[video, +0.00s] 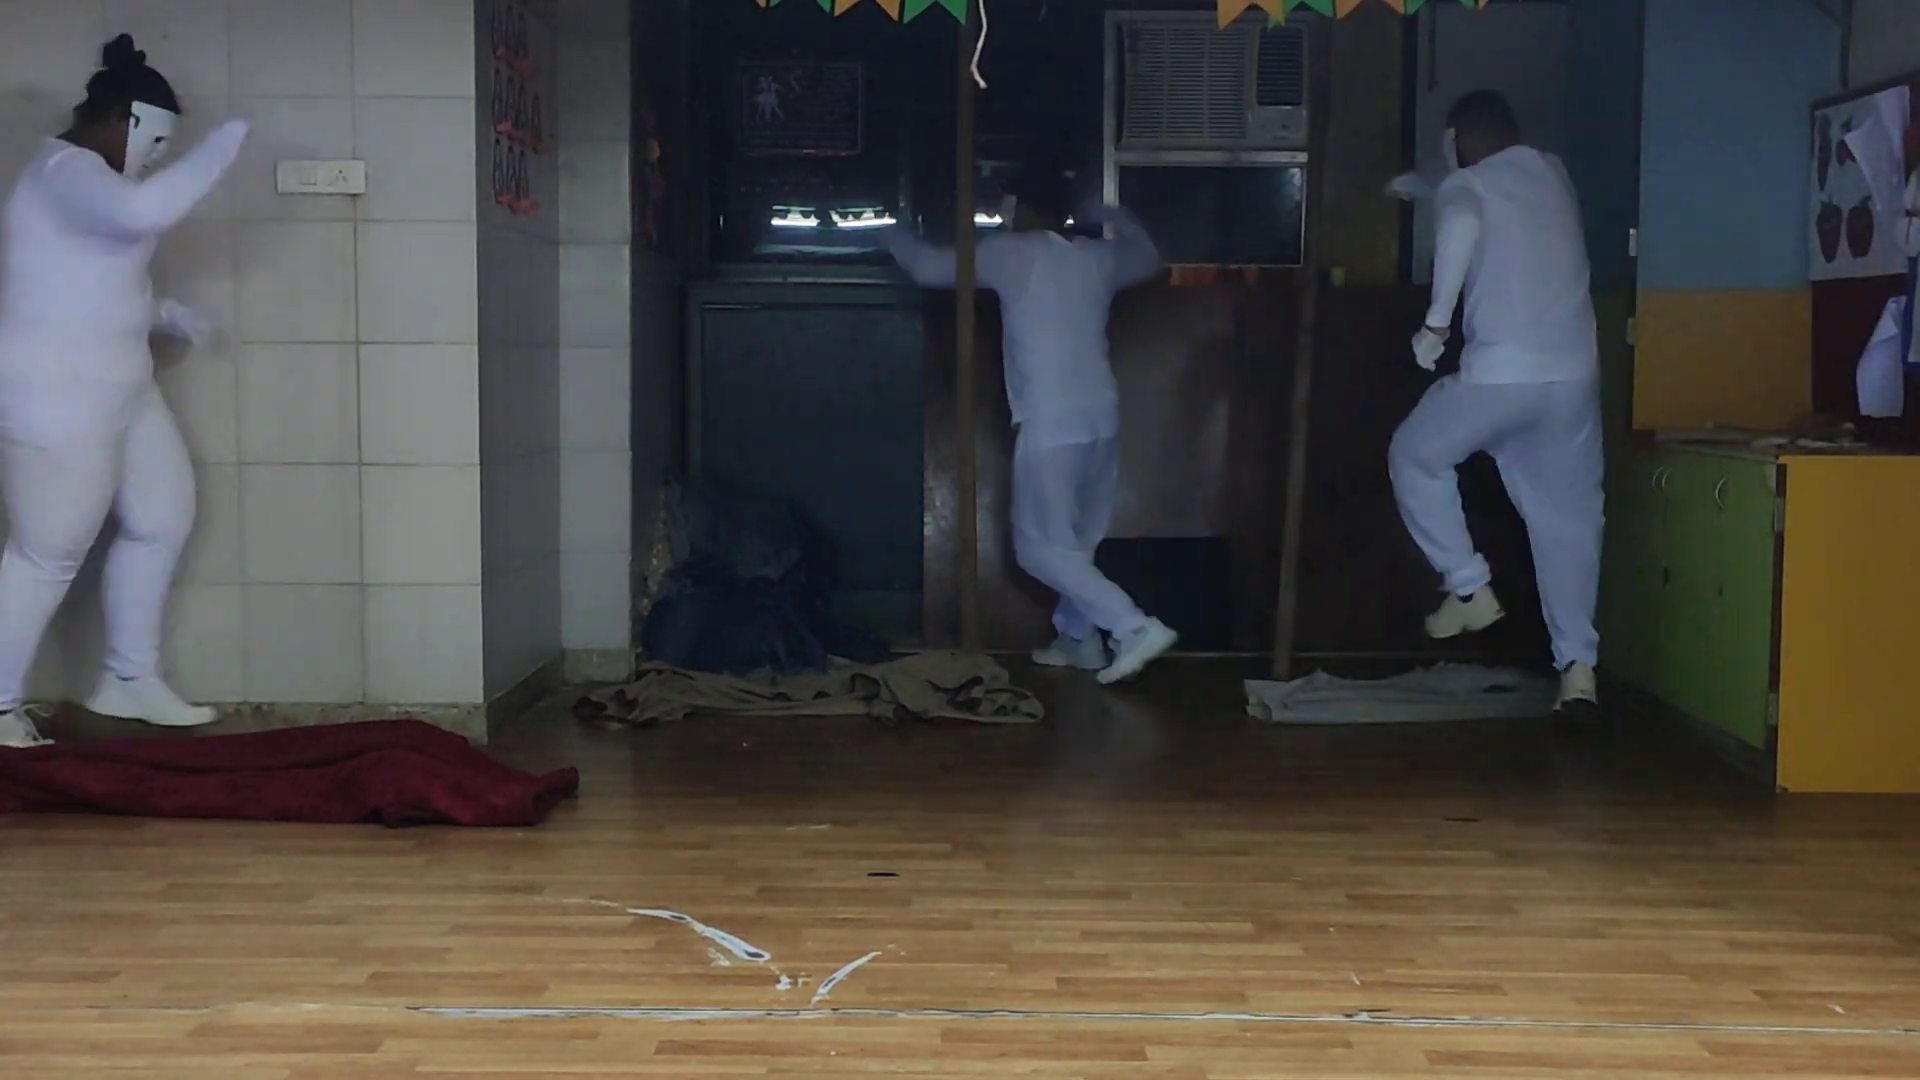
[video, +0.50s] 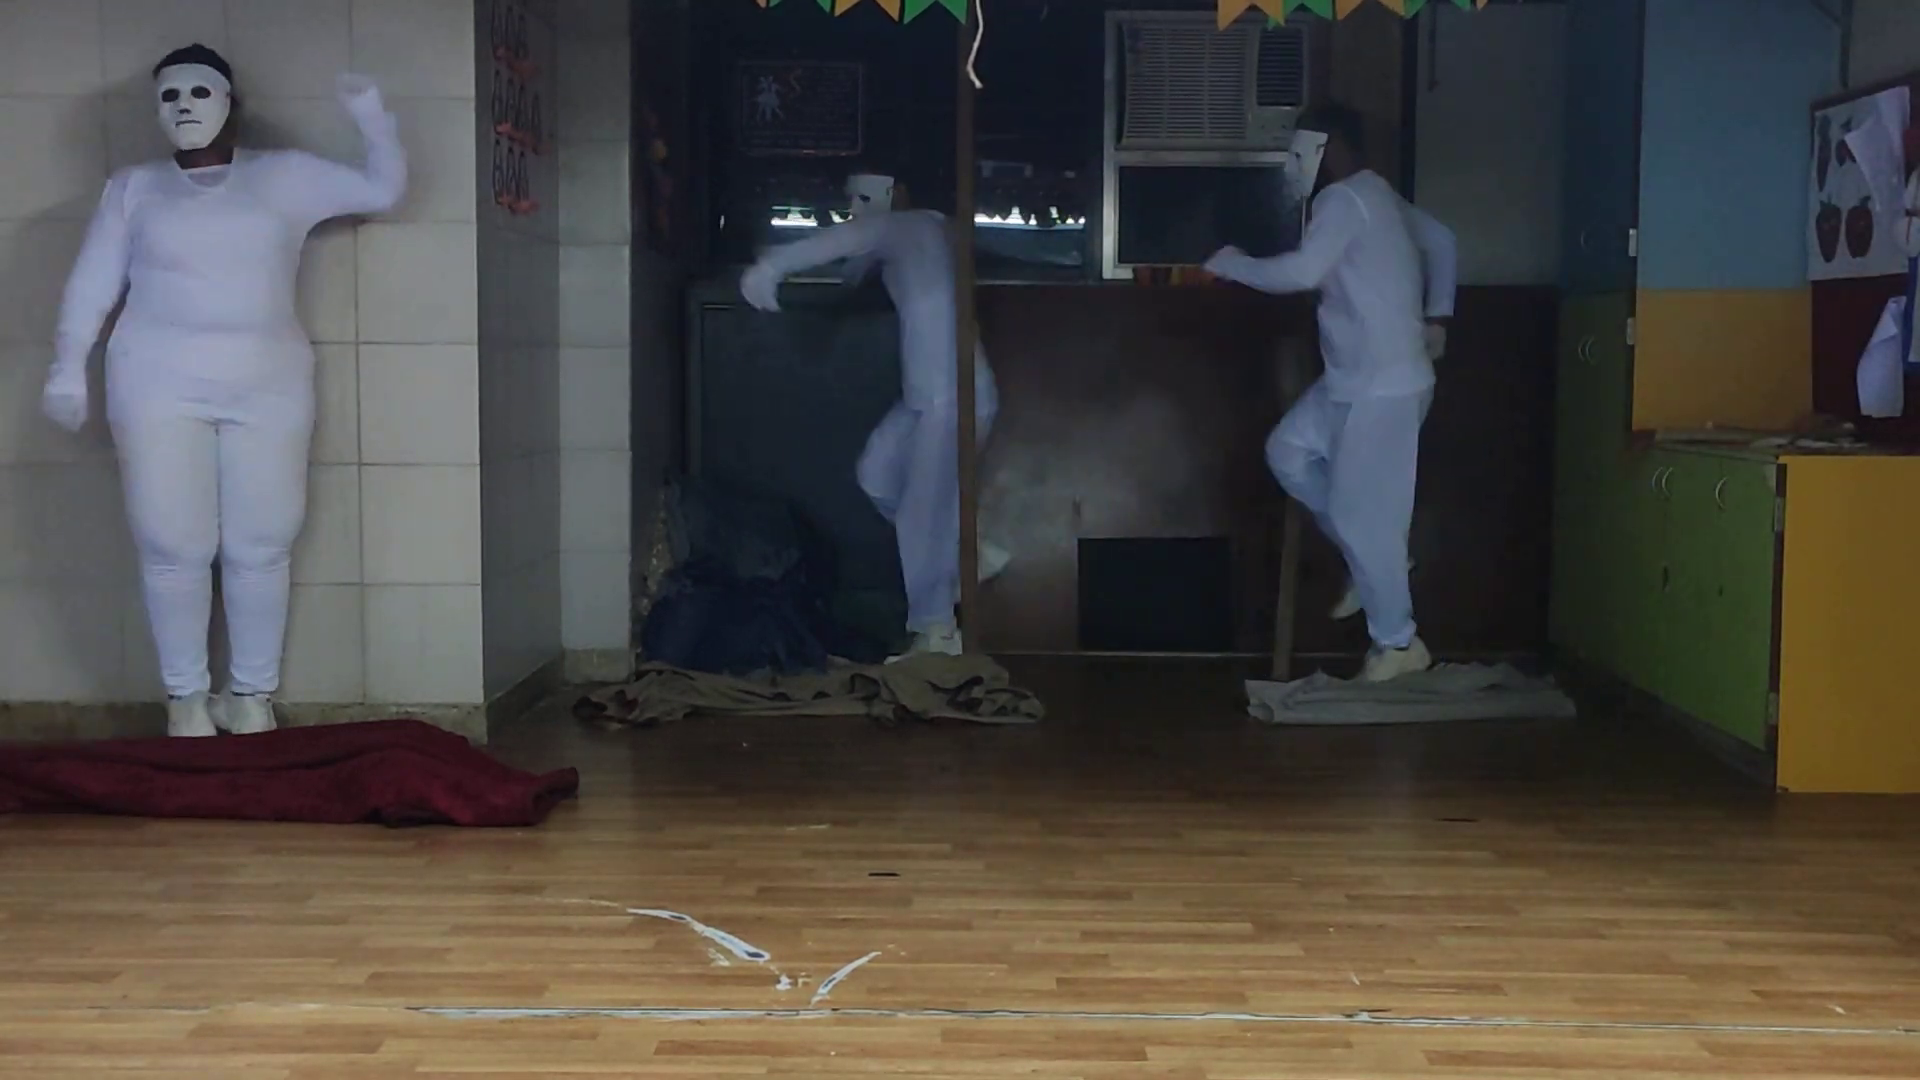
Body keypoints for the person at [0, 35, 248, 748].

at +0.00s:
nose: (151, 155)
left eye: (160, 144)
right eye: (150, 137)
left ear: (110, 120)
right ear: (117, 119)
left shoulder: (103, 186)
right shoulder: (63, 170)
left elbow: (95, 300)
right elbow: (137, 213)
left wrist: (163, 318)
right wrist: (218, 150)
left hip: (124, 396)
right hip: (55, 401)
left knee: (160, 516)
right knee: (45, 551)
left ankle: (129, 680)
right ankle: (4, 704)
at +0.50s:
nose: (185, 108)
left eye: (200, 93)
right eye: (171, 96)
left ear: (229, 101)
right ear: (158, 109)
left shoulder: (282, 179)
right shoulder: (134, 191)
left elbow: (382, 190)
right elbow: (92, 284)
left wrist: (375, 124)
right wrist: (69, 368)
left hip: (268, 389)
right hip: (159, 390)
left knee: (260, 548)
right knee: (174, 549)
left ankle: (252, 699)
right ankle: (187, 701)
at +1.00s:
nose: (265, 106)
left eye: (285, 100)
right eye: (256, 93)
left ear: (311, 118)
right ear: (238, 103)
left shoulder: (337, 183)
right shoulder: (198, 183)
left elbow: (434, 241)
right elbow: (104, 200)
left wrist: (387, 219)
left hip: (333, 398)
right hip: (227, 401)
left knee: (362, 553)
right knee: (222, 560)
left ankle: (411, 708)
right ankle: (210, 711)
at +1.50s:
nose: (283, 106)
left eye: (298, 94)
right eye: (270, 98)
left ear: (328, 107)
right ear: (258, 117)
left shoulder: (381, 187)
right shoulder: (238, 194)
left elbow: (492, 190)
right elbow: (188, 283)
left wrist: (502, 94)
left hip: (345, 403)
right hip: (235, 399)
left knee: (379, 560)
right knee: (216, 557)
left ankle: (430, 712)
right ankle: (206, 711)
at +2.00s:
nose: (292, 118)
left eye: (310, 108)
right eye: (281, 106)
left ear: (338, 123)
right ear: (266, 117)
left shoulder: (376, 199)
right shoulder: (238, 197)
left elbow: (435, 292)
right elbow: (139, 203)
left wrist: (485, 249)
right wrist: (132, 104)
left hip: (404, 408)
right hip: (296, 414)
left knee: (416, 570)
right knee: (257, 573)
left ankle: (439, 719)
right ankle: (220, 717)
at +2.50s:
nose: (311, 119)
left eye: (328, 108)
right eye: (300, 109)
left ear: (358, 125)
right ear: (287, 123)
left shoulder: (396, 195)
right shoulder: (257, 198)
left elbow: (497, 178)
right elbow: (165, 214)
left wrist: (556, 122)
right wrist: (108, 139)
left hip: (353, 414)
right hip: (249, 411)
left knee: (384, 571)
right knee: (241, 572)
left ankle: (431, 715)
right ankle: (249, 715)